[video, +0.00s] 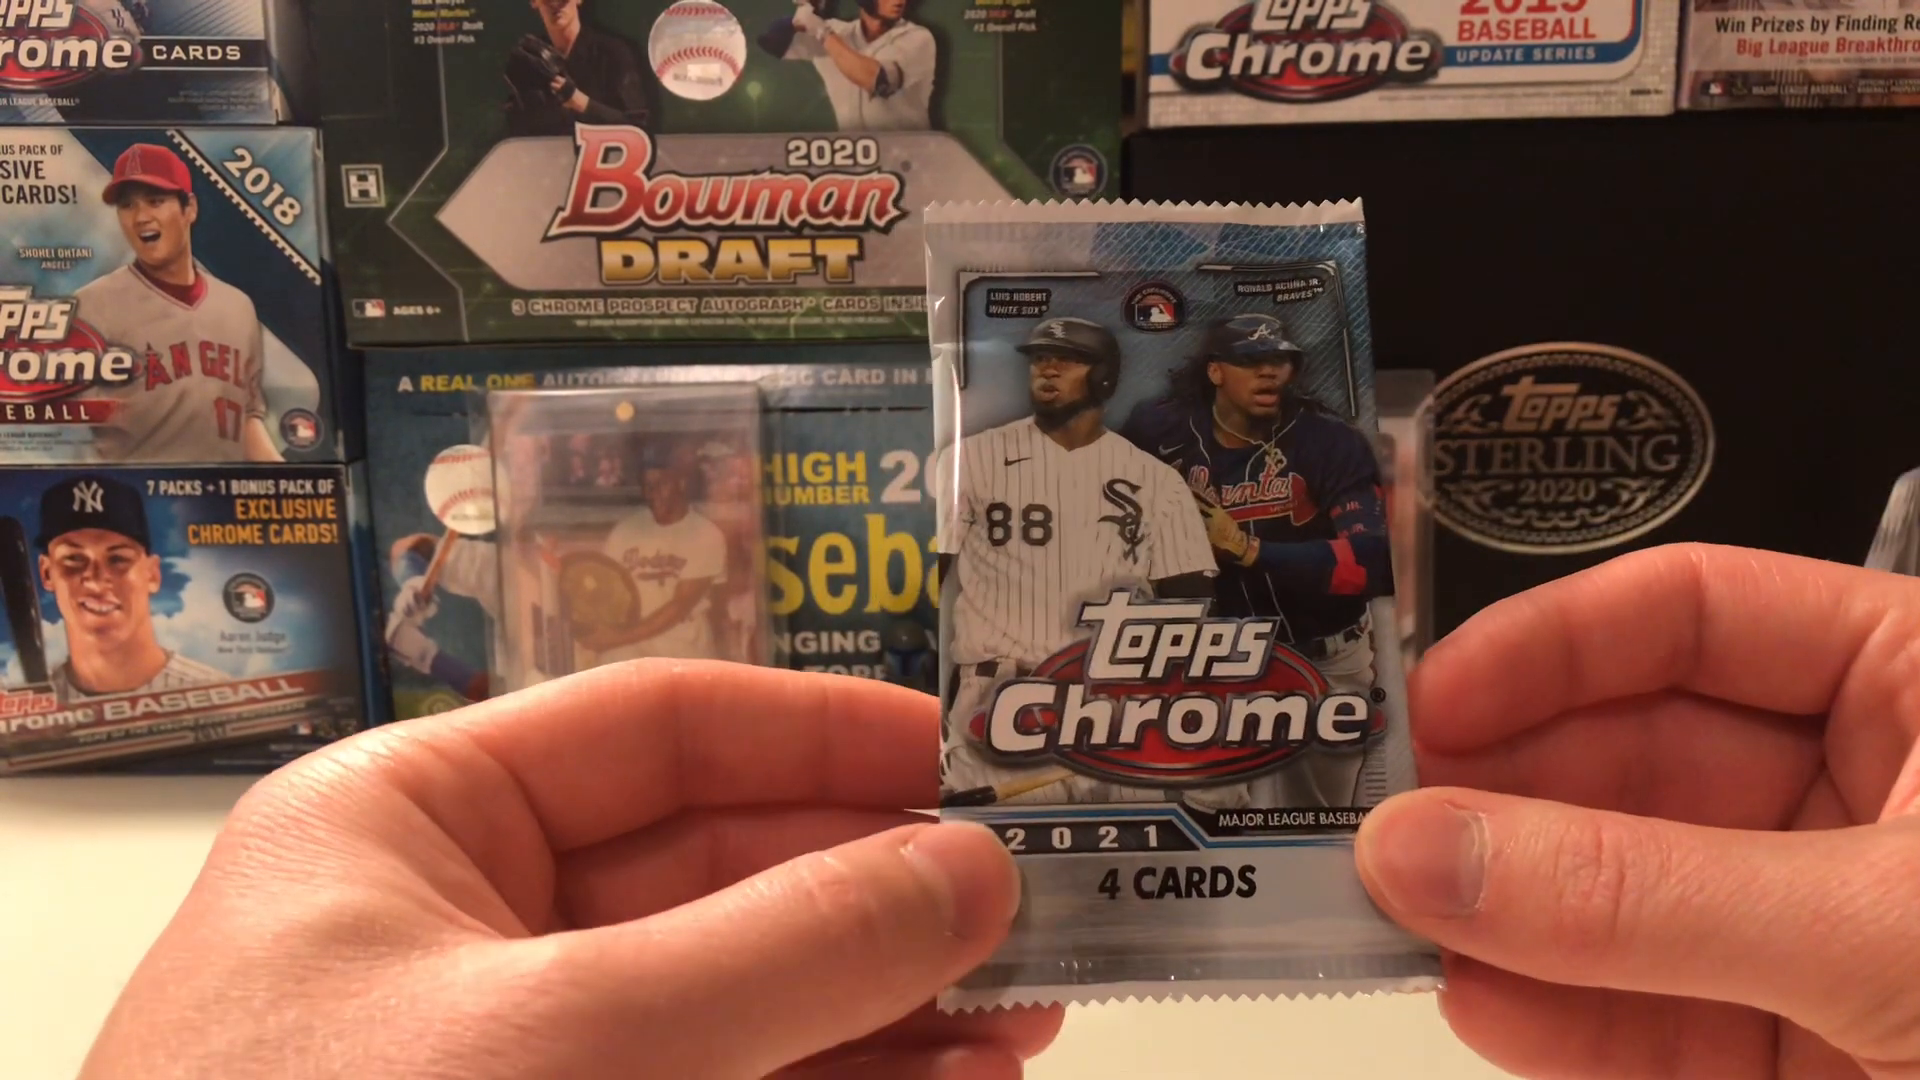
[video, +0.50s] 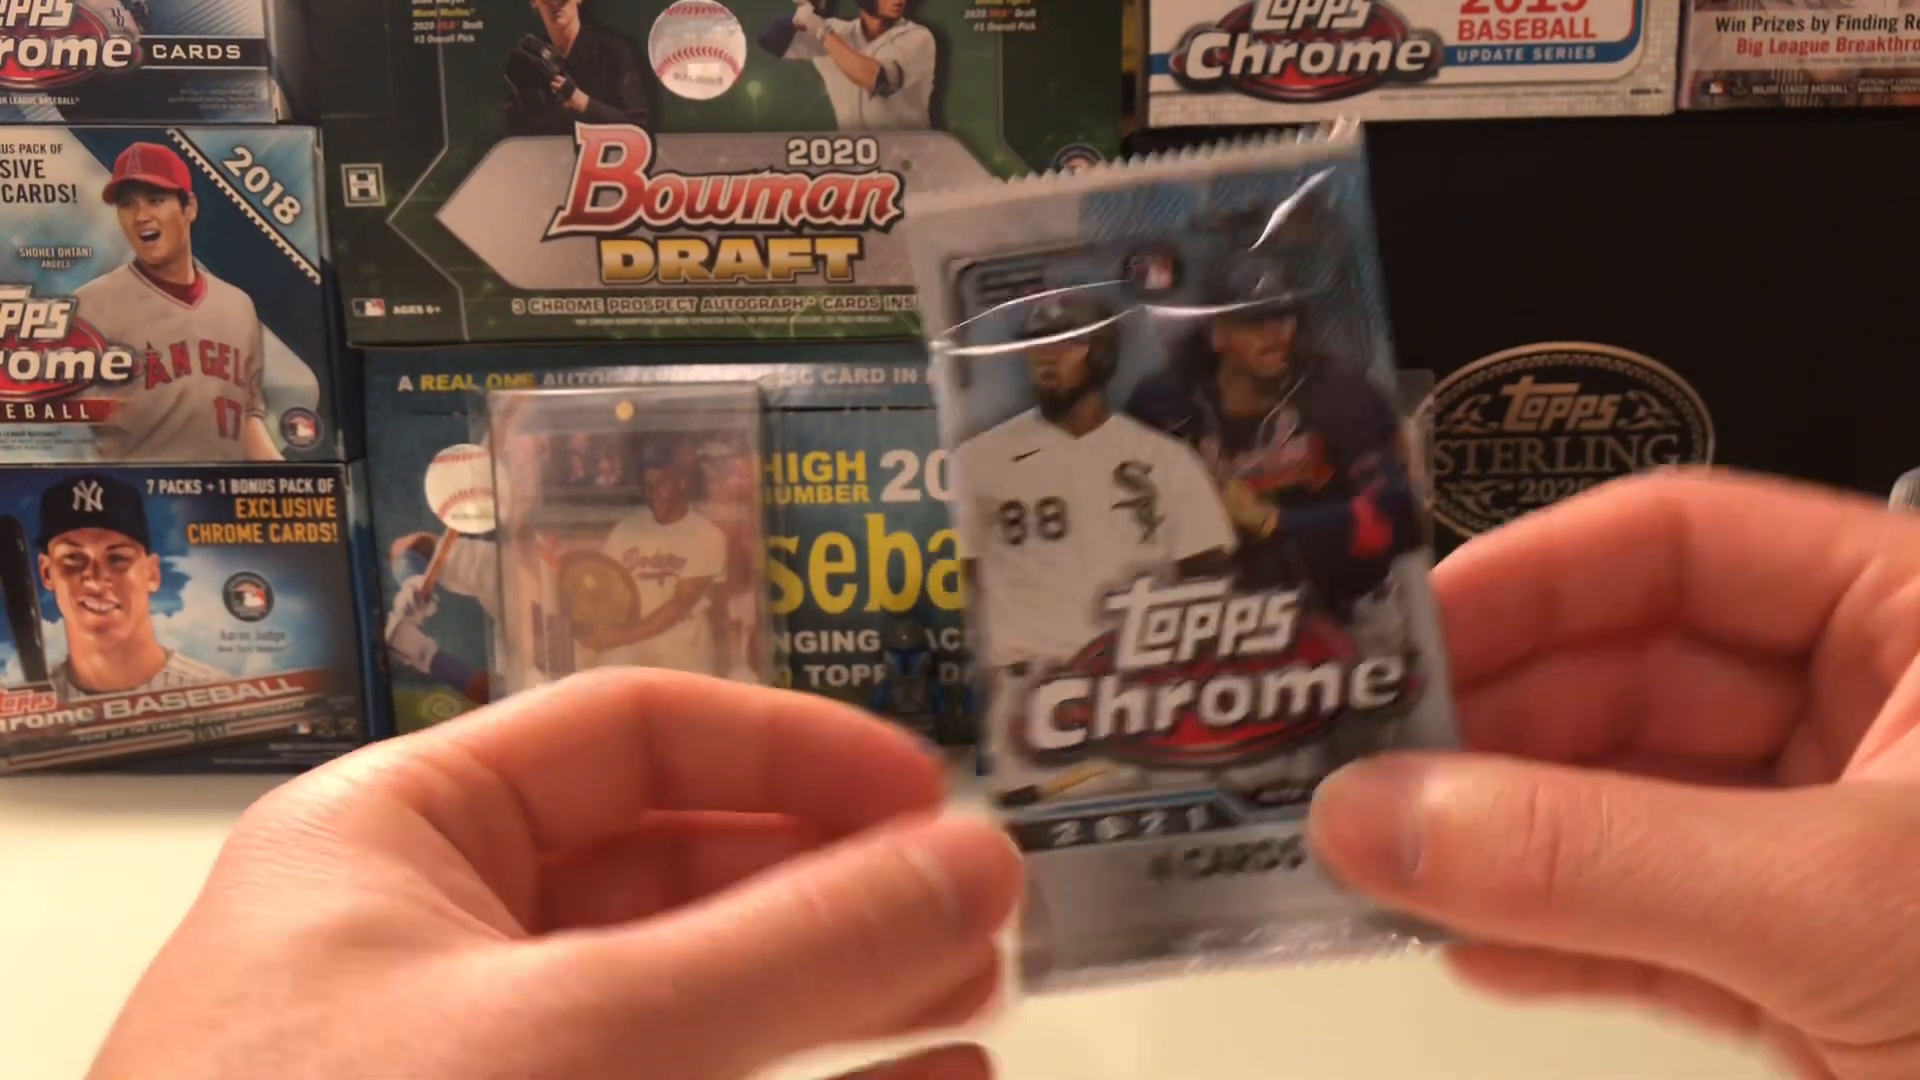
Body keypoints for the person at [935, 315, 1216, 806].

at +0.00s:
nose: (1047, 371)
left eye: (1065, 360)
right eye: (1040, 359)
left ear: (1102, 377)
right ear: (1028, 369)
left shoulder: (1157, 484)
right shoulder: (967, 464)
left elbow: (1186, 611)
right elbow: (940, 590)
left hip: (1111, 715)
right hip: (991, 712)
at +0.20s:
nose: (1028, 369)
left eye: (1046, 359)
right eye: (1021, 358)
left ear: (1083, 375)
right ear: (1010, 368)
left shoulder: (1139, 478)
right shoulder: (951, 462)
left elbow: (1172, 606)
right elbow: (912, 588)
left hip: (1099, 717)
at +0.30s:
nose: (1038, 376)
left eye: (1055, 366)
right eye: (1031, 365)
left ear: (1091, 382)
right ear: (1020, 375)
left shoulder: (1147, 485)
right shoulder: (959, 468)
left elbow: (1183, 611)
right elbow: (934, 593)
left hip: (1102, 711)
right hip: (982, 710)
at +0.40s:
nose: (1045, 379)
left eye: (1062, 368)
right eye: (1037, 368)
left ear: (1098, 384)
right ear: (1027, 378)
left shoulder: (1156, 486)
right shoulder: (970, 471)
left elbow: (1191, 613)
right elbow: (946, 594)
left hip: (1111, 714)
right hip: (993, 714)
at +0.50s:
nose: (1044, 357)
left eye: (1063, 343)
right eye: (1035, 345)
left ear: (1102, 353)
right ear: (1023, 355)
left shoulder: (1168, 462)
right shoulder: (980, 462)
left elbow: (1210, 591)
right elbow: (972, 593)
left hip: (1142, 732)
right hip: (1022, 738)